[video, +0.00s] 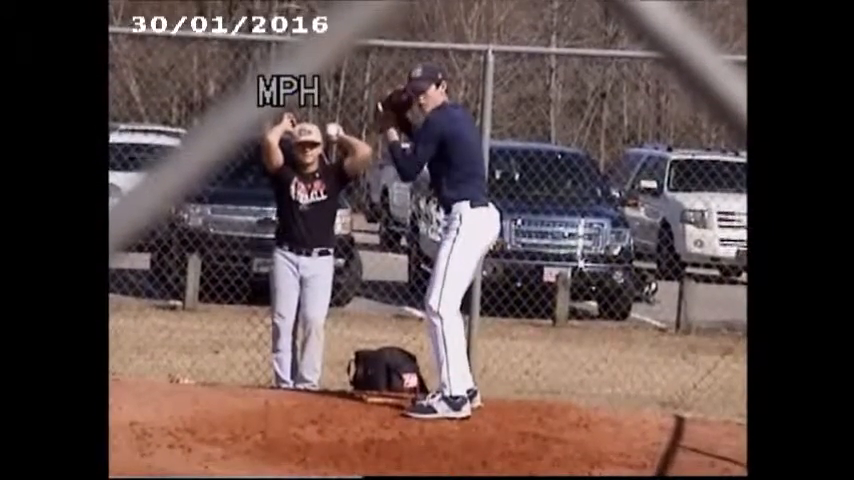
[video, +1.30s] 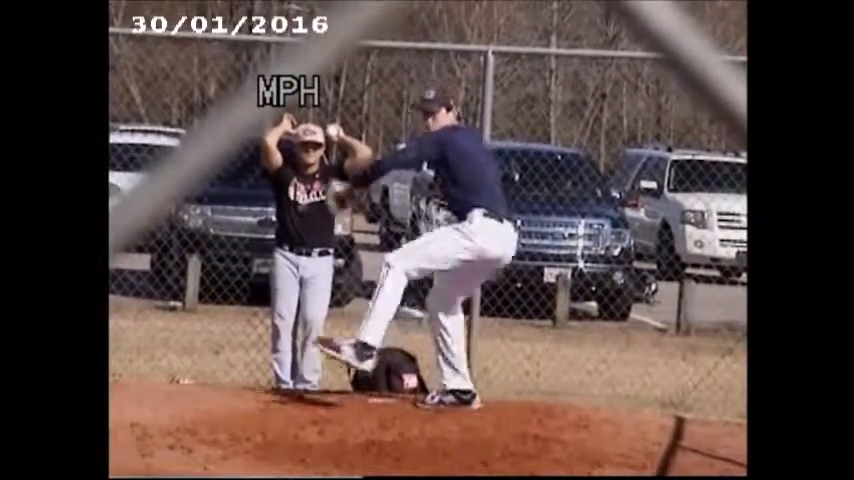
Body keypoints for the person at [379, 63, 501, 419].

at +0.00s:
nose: (417, 101)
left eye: (421, 93)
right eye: (415, 95)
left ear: (440, 88)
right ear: (435, 92)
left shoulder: (438, 121)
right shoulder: (457, 115)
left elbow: (409, 170)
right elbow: (419, 158)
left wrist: (391, 134)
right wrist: (403, 125)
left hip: (467, 217)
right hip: (477, 214)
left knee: (440, 305)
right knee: (443, 305)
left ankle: (455, 393)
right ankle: (461, 387)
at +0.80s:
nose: (427, 111)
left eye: (431, 103)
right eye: (424, 105)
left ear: (450, 96)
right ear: (447, 100)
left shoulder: (443, 128)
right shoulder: (467, 121)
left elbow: (403, 168)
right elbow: (434, 131)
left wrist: (391, 134)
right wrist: (408, 118)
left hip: (474, 219)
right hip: (490, 218)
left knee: (433, 298)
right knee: (443, 302)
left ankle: (451, 386)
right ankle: (463, 386)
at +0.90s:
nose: (428, 107)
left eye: (429, 101)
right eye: (425, 102)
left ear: (446, 91)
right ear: (450, 91)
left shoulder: (441, 124)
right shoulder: (474, 112)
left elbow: (399, 159)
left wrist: (397, 120)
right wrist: (417, 96)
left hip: (474, 214)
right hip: (497, 216)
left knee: (412, 274)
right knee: (449, 293)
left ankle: (444, 355)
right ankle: (461, 383)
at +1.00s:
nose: (424, 108)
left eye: (426, 102)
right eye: (421, 104)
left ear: (445, 92)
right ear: (448, 93)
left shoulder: (439, 124)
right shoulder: (474, 112)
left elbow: (394, 156)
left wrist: (411, 122)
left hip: (476, 213)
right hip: (500, 216)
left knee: (401, 251)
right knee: (461, 302)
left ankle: (439, 325)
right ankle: (462, 387)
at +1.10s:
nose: (419, 103)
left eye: (423, 96)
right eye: (417, 98)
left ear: (442, 91)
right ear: (445, 93)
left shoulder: (436, 121)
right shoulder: (472, 116)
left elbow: (393, 160)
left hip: (475, 211)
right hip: (503, 214)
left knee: (396, 234)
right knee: (461, 302)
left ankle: (422, 314)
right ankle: (462, 385)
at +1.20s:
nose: (423, 111)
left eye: (428, 104)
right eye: (420, 105)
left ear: (446, 101)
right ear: (448, 104)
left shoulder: (439, 129)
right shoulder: (470, 126)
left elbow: (396, 171)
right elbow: (454, 183)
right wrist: (429, 185)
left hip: (478, 220)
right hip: (505, 226)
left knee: (397, 241)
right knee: (458, 302)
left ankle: (395, 329)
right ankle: (460, 388)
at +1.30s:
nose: (426, 120)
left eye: (432, 114)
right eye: (425, 114)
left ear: (451, 113)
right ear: (454, 116)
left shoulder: (444, 139)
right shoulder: (475, 141)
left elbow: (391, 162)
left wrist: (356, 182)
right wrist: (443, 190)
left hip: (479, 230)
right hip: (505, 238)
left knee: (397, 264)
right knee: (443, 301)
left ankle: (364, 349)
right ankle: (458, 387)